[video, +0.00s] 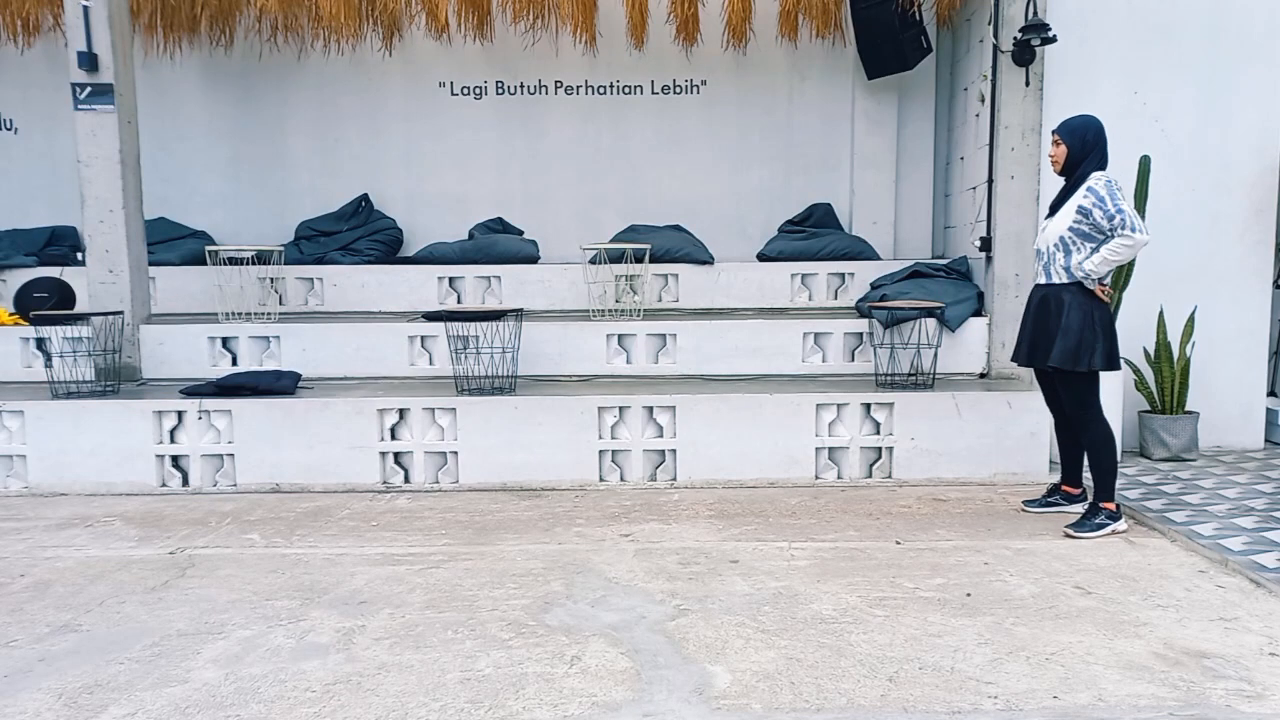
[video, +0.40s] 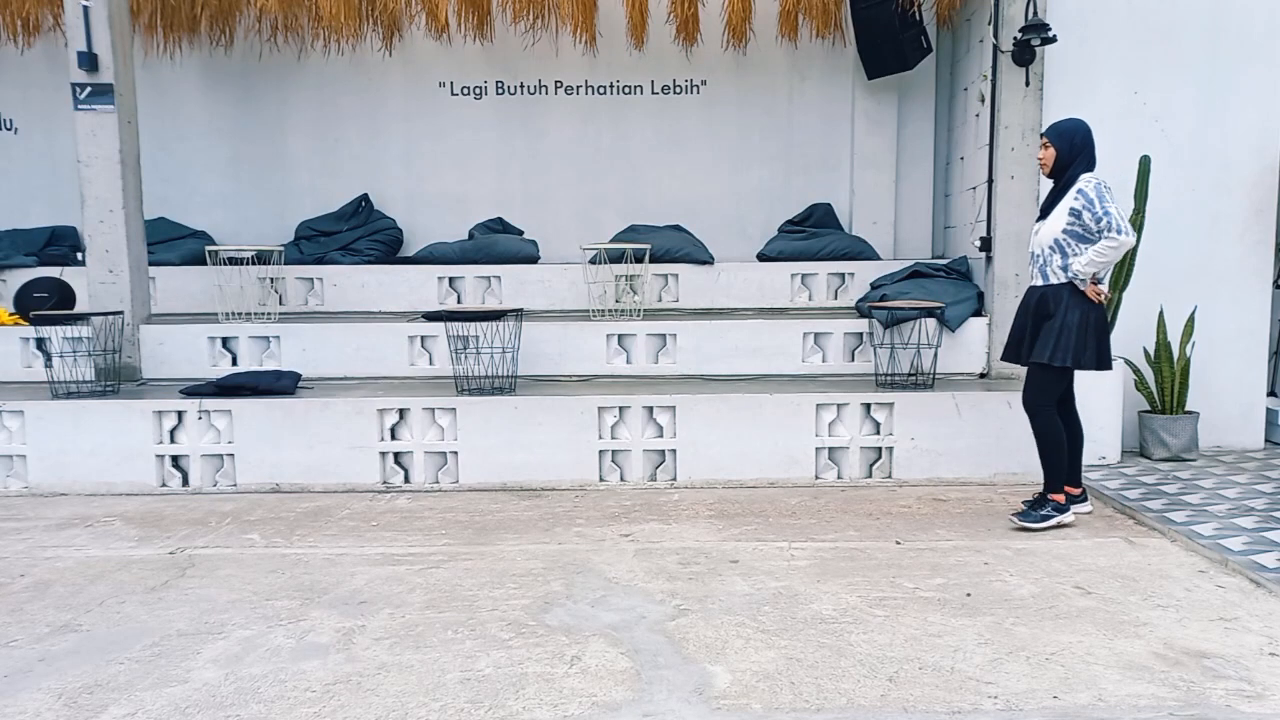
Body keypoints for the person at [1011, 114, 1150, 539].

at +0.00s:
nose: (1051, 152)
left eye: (1058, 144)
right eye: (1052, 144)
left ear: (1080, 147)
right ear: (1075, 148)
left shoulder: (1099, 185)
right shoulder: (1070, 190)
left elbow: (1134, 234)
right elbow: (1083, 243)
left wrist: (1093, 272)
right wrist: (1075, 275)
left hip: (1075, 309)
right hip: (1047, 307)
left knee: (1085, 409)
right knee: (1059, 405)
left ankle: (1107, 507)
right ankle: (1070, 489)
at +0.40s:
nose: (1040, 155)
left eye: (1047, 147)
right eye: (1041, 147)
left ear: (1069, 149)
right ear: (1063, 151)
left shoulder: (1088, 186)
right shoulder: (1060, 192)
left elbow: (1121, 236)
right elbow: (1074, 245)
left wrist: (1085, 273)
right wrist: (1090, 279)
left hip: (1067, 307)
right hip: (1049, 305)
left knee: (1037, 399)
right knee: (1060, 401)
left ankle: (1057, 497)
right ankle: (1072, 489)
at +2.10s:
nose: (1009, 169)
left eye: (1014, 161)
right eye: (1008, 161)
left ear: (1035, 158)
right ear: (1031, 161)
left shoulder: (1054, 188)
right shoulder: (1039, 195)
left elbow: (1090, 231)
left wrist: (1050, 285)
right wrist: (1030, 286)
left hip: (1039, 312)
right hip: (1033, 311)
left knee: (999, 398)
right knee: (1051, 402)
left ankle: (1004, 495)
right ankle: (1071, 489)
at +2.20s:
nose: (1000, 168)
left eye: (1005, 160)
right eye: (998, 160)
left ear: (1027, 158)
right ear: (1017, 160)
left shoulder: (1048, 186)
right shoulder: (1025, 198)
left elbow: (1091, 231)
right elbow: (1015, 262)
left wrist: (1052, 283)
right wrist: (997, 306)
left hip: (1032, 310)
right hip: (1017, 310)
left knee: (994, 397)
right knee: (1048, 404)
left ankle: (964, 490)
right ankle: (1071, 489)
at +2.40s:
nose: (976, 169)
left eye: (981, 161)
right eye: (976, 162)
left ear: (1002, 160)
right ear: (996, 163)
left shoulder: (1027, 194)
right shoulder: (997, 205)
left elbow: (1072, 248)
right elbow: (978, 268)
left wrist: (1074, 311)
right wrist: (948, 304)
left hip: (1006, 310)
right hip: (988, 311)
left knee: (968, 400)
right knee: (1030, 403)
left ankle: (939, 489)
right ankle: (1068, 486)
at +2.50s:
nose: (960, 169)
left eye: (965, 160)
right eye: (960, 160)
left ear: (987, 160)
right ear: (983, 160)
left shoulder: (1011, 198)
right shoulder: (983, 204)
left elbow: (1041, 263)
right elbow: (958, 265)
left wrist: (1071, 321)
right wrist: (927, 300)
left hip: (982, 308)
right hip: (967, 308)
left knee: (959, 402)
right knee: (1006, 402)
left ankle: (940, 490)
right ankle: (1060, 479)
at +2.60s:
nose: (944, 166)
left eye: (949, 158)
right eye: (944, 158)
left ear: (970, 158)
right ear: (967, 159)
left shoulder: (992, 199)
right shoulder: (964, 202)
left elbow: (1011, 267)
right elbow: (942, 267)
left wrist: (1025, 327)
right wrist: (917, 305)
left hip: (962, 304)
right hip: (944, 305)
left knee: (955, 404)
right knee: (963, 405)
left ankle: (941, 491)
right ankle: (1035, 468)